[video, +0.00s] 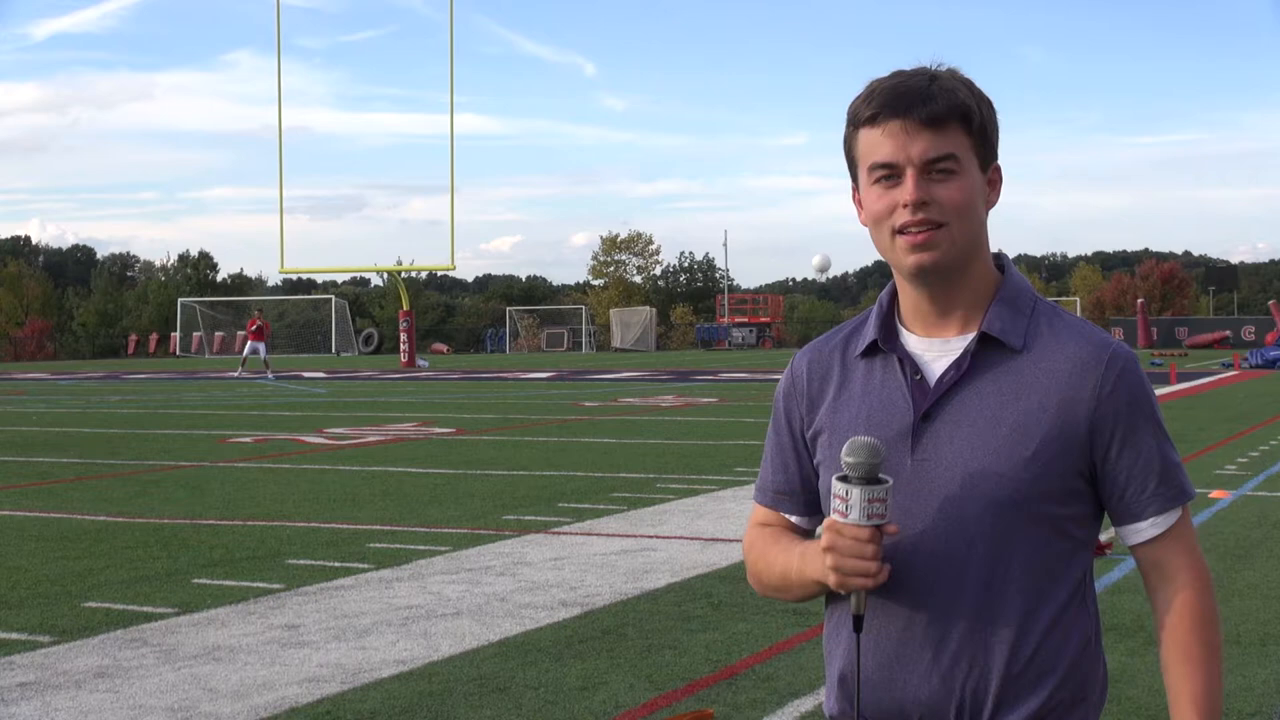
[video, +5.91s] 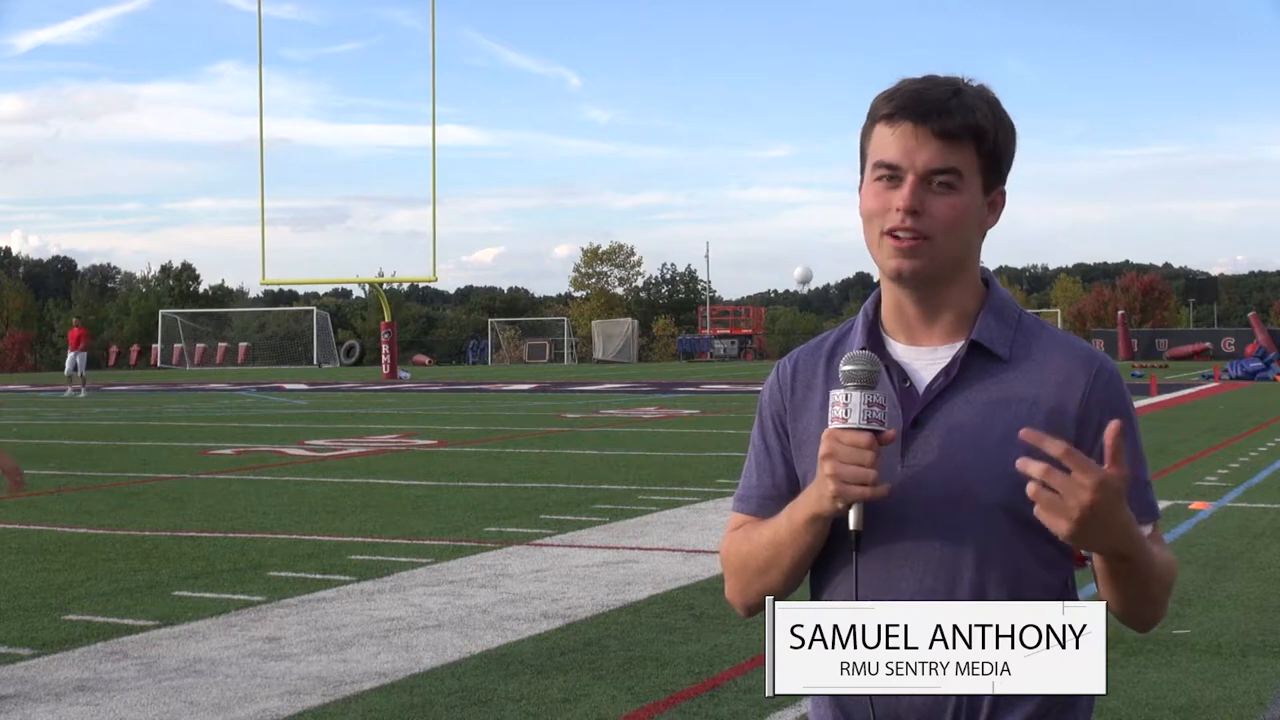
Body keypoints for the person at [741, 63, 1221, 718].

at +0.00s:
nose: (914, 196)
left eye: (941, 169)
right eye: (887, 175)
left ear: (990, 186)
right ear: (859, 203)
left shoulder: (1093, 372)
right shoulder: (816, 375)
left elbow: (1176, 578)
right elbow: (763, 551)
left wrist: (1193, 710)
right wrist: (815, 561)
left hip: (1040, 706)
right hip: (861, 706)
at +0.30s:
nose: (895, 209)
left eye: (923, 179)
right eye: (872, 187)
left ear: (982, 185)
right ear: (852, 206)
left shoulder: (1092, 373)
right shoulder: (817, 370)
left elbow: (1149, 579)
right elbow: (745, 575)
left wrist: (1154, 711)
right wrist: (827, 467)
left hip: (1037, 706)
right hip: (859, 706)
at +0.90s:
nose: (891, 210)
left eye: (921, 181)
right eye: (867, 186)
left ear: (979, 192)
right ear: (847, 204)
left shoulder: (1080, 376)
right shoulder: (807, 375)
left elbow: (1144, 583)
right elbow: (739, 582)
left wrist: (1069, 672)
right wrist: (816, 462)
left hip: (1023, 709)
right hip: (852, 707)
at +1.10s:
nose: (892, 212)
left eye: (926, 186)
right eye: (872, 184)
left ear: (984, 200)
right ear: (851, 196)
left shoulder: (1080, 380)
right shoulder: (804, 375)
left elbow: (1149, 570)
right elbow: (737, 585)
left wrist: (1140, 614)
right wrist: (804, 472)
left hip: (1025, 708)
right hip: (849, 707)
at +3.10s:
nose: (915, 202)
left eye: (943, 177)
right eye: (888, 181)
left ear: (987, 196)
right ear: (855, 207)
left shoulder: (1082, 383)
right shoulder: (804, 380)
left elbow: (1140, 613)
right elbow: (743, 585)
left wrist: (1105, 562)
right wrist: (827, 487)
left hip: (1027, 707)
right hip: (849, 707)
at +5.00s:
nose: (916, 201)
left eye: (944, 177)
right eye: (889, 179)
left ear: (981, 200)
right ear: (850, 204)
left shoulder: (1074, 382)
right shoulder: (794, 383)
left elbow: (1141, 583)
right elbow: (741, 587)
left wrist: (1090, 588)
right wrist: (821, 505)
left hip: (1021, 708)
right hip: (843, 707)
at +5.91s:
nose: (905, 203)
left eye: (941, 181)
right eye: (886, 176)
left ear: (992, 206)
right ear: (862, 195)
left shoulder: (1079, 381)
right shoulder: (798, 381)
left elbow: (1145, 611)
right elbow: (742, 586)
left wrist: (1118, 542)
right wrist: (817, 500)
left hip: (1026, 706)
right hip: (848, 707)